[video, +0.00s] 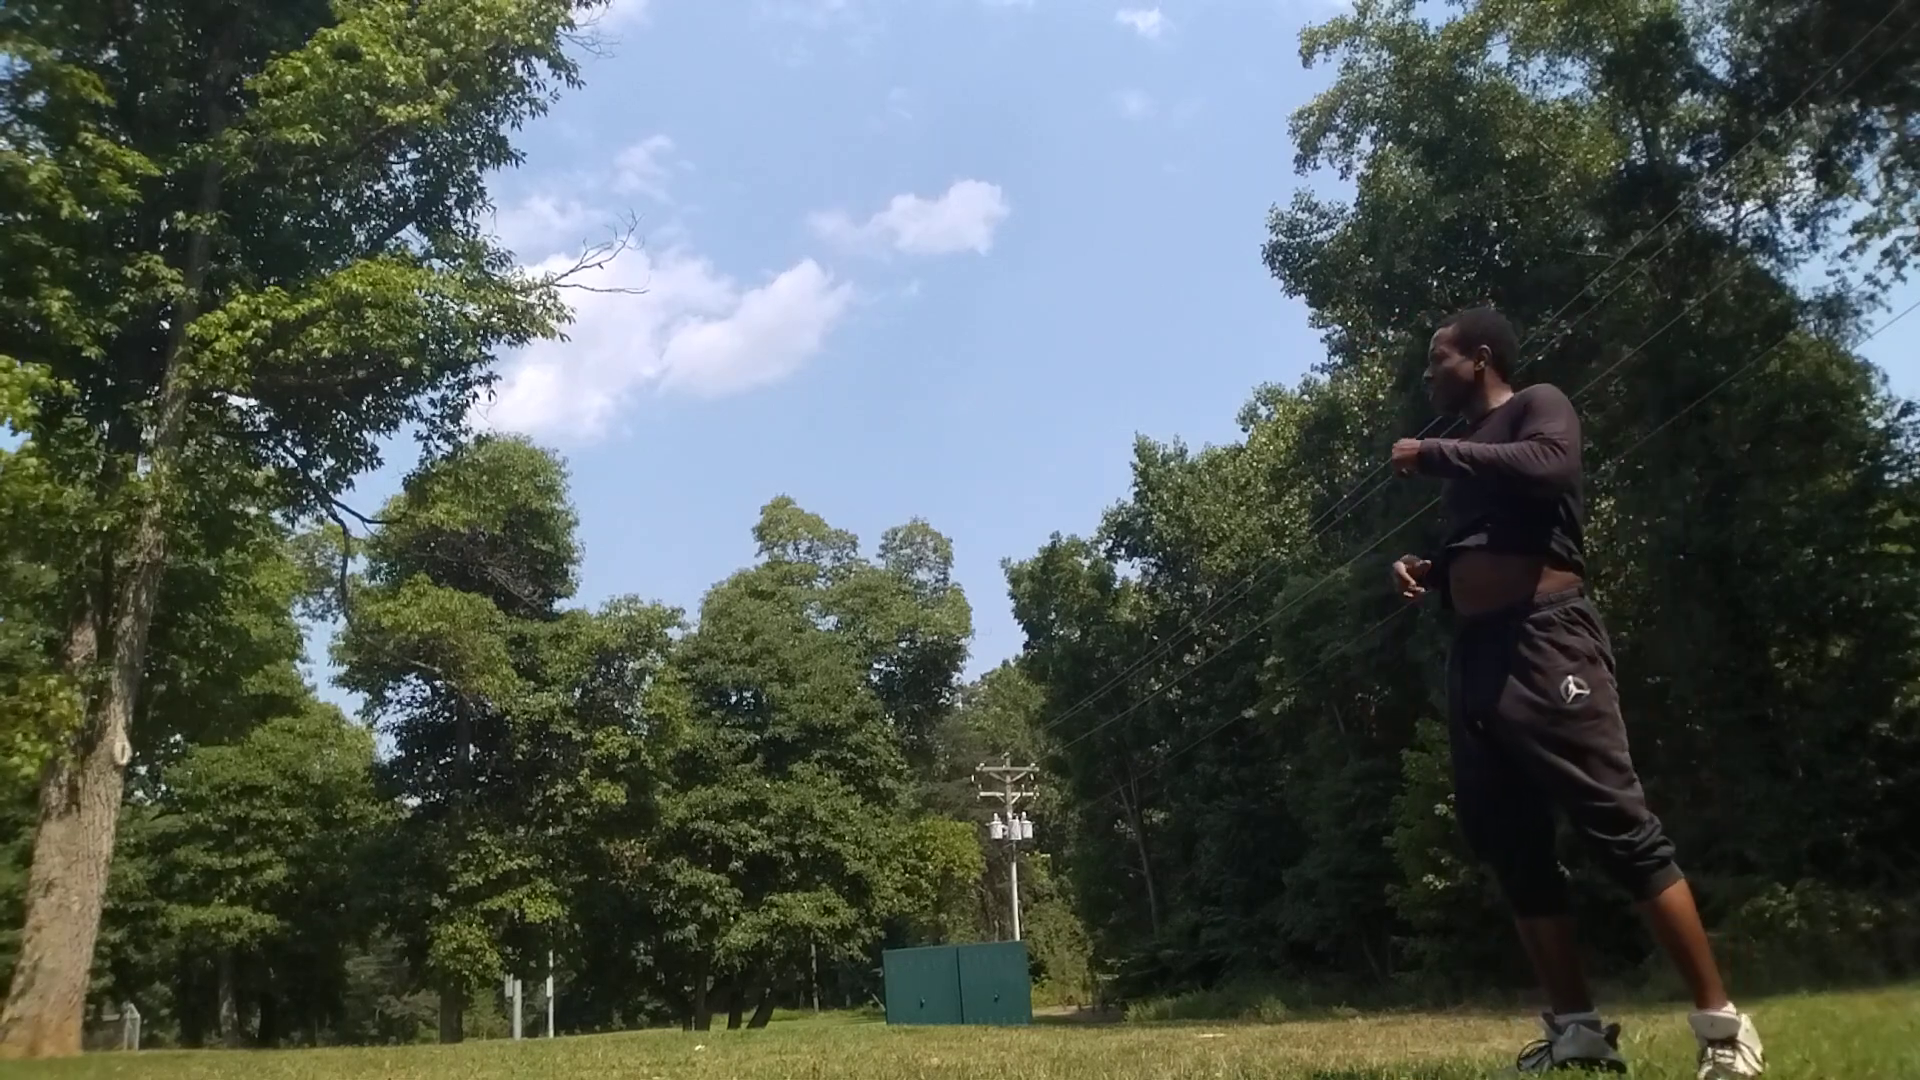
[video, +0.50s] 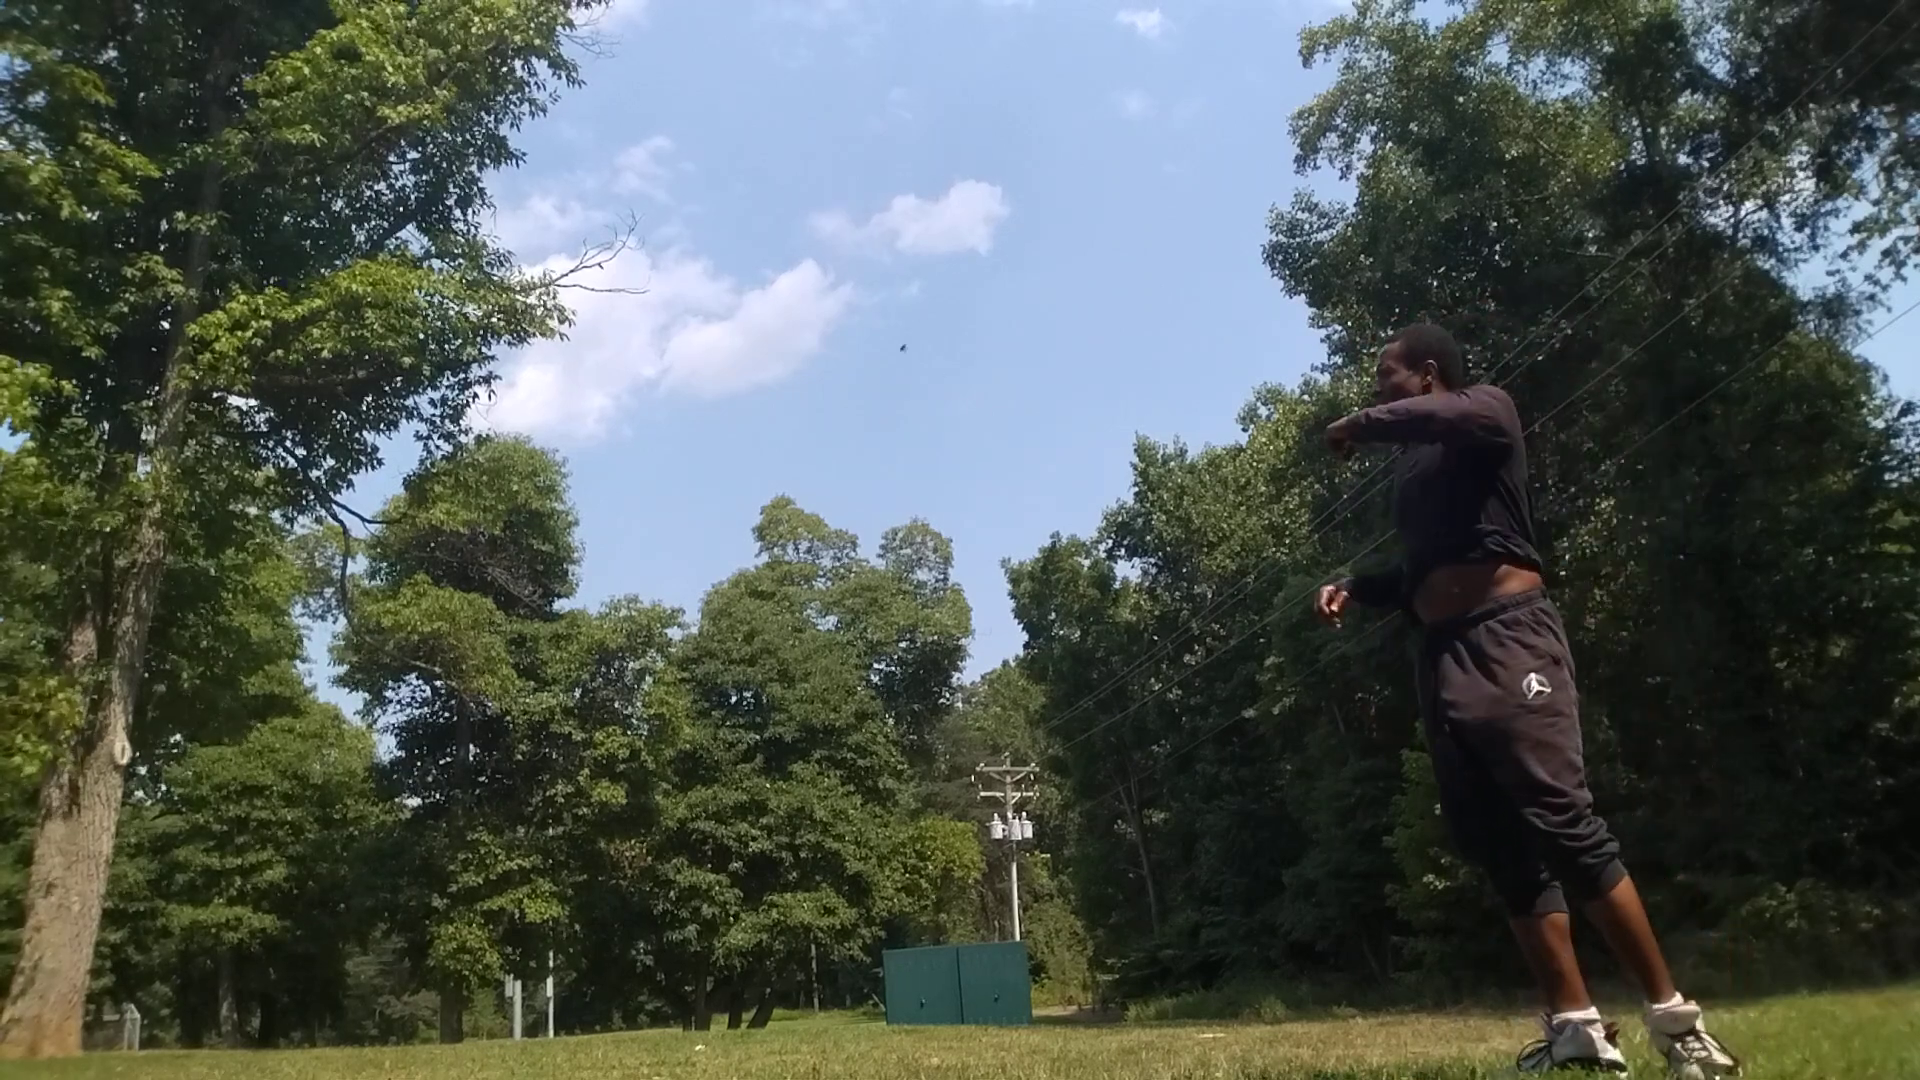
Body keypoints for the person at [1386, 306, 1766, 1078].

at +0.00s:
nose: (1429, 371)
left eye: (1437, 358)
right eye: (1429, 361)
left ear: (1479, 358)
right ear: (1467, 362)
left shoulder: (1539, 403)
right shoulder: (1456, 448)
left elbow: (1554, 464)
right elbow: (1476, 548)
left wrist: (1441, 453)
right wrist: (1426, 565)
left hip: (1550, 637)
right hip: (1479, 652)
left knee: (1628, 835)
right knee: (1512, 844)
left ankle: (1723, 1031)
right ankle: (1574, 1032)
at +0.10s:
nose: (1411, 378)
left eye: (1419, 364)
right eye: (1411, 367)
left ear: (1459, 362)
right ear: (1452, 366)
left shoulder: (1520, 405)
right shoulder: (1447, 452)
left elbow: (1527, 460)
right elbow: (1474, 564)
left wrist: (1417, 449)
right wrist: (1430, 584)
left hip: (1538, 634)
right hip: (1473, 650)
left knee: (1617, 833)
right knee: (1515, 846)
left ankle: (1719, 1027)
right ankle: (1574, 1031)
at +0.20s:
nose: (1399, 381)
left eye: (1406, 367)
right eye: (1399, 370)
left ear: (1444, 365)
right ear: (1442, 368)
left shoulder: (1506, 405)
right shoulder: (1439, 451)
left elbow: (1500, 457)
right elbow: (1466, 559)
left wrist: (1394, 448)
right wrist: (1418, 585)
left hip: (1530, 634)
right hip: (1466, 651)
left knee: (1606, 831)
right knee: (1517, 846)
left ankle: (1710, 1023)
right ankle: (1576, 1028)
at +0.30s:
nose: (1390, 386)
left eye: (1395, 372)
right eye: (1389, 375)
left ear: (1432, 369)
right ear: (1432, 371)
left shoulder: (1497, 406)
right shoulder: (1432, 458)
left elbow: (1481, 453)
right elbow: (1452, 577)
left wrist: (1383, 444)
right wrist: (1398, 596)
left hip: (1524, 633)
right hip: (1460, 654)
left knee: (1595, 830)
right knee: (1515, 847)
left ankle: (1700, 1019)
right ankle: (1576, 1029)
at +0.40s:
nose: (1382, 391)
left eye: (1388, 376)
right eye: (1381, 379)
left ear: (1427, 372)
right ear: (1425, 375)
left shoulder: (1491, 405)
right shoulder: (1419, 467)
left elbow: (1463, 437)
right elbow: (1437, 574)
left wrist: (1371, 436)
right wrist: (1377, 593)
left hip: (1516, 633)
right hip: (1452, 654)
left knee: (1581, 827)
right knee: (1508, 843)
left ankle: (1687, 1016)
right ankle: (1576, 1026)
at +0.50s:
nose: (1379, 390)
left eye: (1388, 377)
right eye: (1378, 379)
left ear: (1427, 374)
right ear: (1414, 377)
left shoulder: (1489, 409)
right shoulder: (1412, 462)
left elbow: (1437, 419)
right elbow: (1426, 578)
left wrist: (1360, 424)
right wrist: (1357, 589)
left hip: (1512, 631)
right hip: (1447, 653)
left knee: (1570, 824)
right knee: (1501, 841)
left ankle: (1672, 1016)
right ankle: (1575, 1028)